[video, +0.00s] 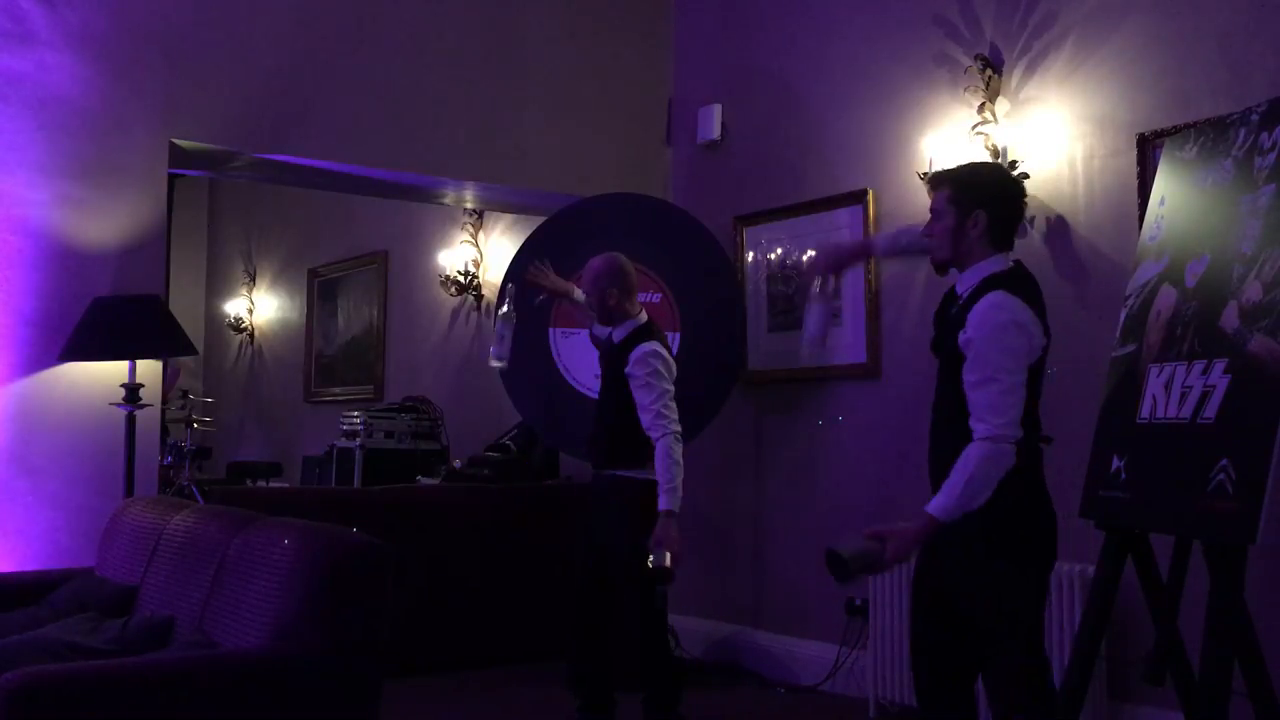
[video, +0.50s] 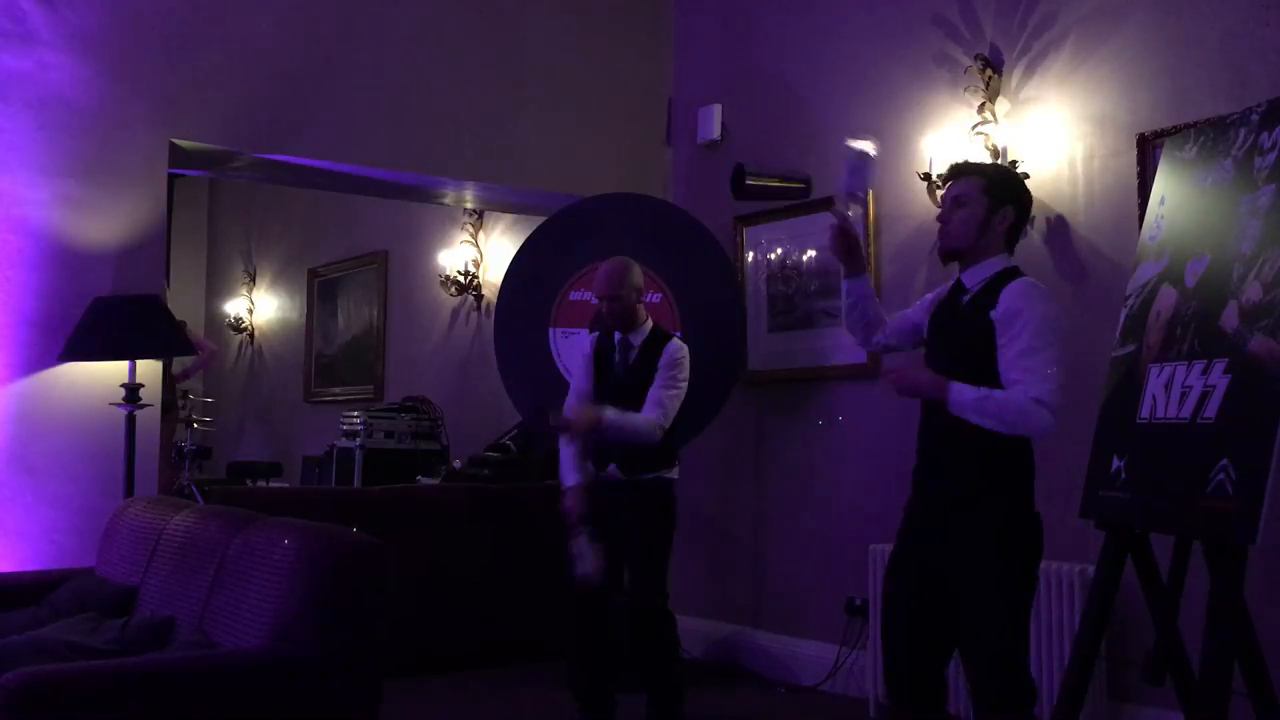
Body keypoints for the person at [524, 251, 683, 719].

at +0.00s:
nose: (588, 302)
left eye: (593, 294)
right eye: (587, 295)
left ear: (614, 296)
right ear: (622, 296)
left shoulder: (646, 352)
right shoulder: (615, 336)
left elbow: (668, 434)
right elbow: (593, 308)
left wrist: (668, 514)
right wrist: (560, 285)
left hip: (636, 494)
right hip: (611, 490)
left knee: (638, 614)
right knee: (606, 606)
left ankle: (657, 707)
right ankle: (599, 701)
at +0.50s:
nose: (603, 308)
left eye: (613, 299)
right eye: (599, 299)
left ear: (638, 297)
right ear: (596, 298)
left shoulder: (672, 351)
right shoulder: (593, 348)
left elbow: (653, 424)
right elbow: (573, 421)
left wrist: (596, 418)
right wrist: (573, 487)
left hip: (650, 490)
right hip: (599, 487)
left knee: (647, 599)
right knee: (596, 595)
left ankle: (663, 703)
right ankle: (594, 701)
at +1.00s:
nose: (617, 309)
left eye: (627, 301)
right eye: (611, 301)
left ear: (649, 304)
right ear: (606, 306)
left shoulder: (664, 361)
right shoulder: (607, 361)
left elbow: (636, 432)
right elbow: (582, 423)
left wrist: (574, 437)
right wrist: (544, 431)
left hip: (636, 494)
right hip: (595, 490)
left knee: (631, 600)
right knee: (591, 597)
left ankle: (643, 698)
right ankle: (592, 697)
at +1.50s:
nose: (596, 311)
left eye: (603, 302)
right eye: (588, 306)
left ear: (620, 307)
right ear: (582, 315)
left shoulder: (640, 353)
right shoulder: (593, 364)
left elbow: (632, 419)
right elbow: (588, 426)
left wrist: (566, 413)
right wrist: (543, 414)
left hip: (617, 486)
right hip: (583, 485)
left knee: (605, 594)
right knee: (582, 593)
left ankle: (602, 697)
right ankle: (586, 697)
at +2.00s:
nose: (651, 283)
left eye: (659, 276)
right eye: (643, 275)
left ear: (669, 283)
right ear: (627, 284)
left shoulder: (685, 342)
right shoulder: (605, 338)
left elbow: (701, 416)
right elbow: (588, 403)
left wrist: (686, 352)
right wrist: (581, 428)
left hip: (659, 489)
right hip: (606, 487)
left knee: (659, 600)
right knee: (597, 598)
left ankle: (675, 704)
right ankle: (593, 703)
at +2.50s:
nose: (623, 306)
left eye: (632, 297)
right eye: (617, 298)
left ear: (655, 298)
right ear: (609, 303)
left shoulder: (680, 352)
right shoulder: (612, 359)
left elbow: (625, 423)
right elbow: (605, 438)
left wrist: (553, 417)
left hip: (677, 498)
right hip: (632, 496)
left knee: (663, 608)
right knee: (606, 601)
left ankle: (681, 708)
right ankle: (592, 705)